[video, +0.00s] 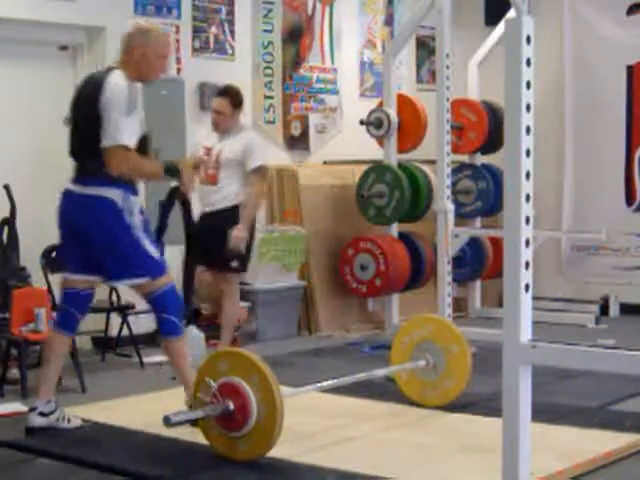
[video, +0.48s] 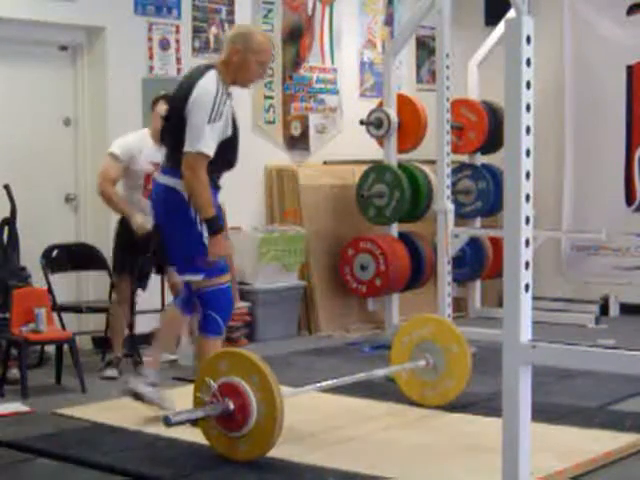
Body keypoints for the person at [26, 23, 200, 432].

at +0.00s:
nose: (166, 66)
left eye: (167, 58)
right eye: (161, 57)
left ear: (131, 53)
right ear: (137, 53)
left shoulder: (93, 82)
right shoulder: (123, 86)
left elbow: (86, 153)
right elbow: (118, 160)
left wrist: (143, 166)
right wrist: (165, 170)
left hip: (76, 202)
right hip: (108, 206)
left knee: (73, 305)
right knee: (167, 299)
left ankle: (44, 405)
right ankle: (195, 394)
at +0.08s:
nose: (173, 68)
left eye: (174, 59)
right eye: (169, 59)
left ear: (138, 54)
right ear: (145, 54)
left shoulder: (102, 83)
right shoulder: (129, 86)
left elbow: (97, 156)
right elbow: (123, 164)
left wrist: (155, 172)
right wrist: (160, 180)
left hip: (83, 204)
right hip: (111, 207)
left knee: (77, 308)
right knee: (173, 298)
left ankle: (45, 404)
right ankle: (199, 395)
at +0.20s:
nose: (194, 74)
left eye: (197, 66)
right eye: (191, 65)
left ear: (166, 57)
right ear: (167, 57)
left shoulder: (132, 85)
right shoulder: (152, 93)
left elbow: (126, 155)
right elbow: (142, 167)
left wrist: (176, 174)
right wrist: (184, 213)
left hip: (107, 205)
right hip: (133, 208)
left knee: (97, 305)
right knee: (195, 296)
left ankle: (49, 398)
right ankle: (208, 394)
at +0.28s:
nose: (230, 72)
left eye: (232, 64)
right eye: (226, 63)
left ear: (198, 59)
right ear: (201, 57)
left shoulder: (163, 84)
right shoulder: (184, 96)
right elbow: (174, 172)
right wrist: (191, 237)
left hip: (139, 199)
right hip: (165, 204)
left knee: (139, 303)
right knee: (212, 303)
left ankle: (73, 381)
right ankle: (213, 399)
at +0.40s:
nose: (255, 73)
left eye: (258, 66)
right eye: (252, 65)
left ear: (224, 57)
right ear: (226, 56)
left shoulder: (197, 81)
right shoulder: (203, 91)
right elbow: (189, 169)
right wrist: (204, 233)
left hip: (165, 189)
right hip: (180, 195)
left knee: (180, 291)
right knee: (219, 298)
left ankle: (121, 369)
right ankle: (210, 393)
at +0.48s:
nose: (263, 74)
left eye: (266, 67)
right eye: (260, 66)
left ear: (237, 57)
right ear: (235, 56)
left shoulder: (208, 78)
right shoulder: (211, 89)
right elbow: (193, 167)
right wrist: (215, 229)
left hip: (177, 190)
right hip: (185, 196)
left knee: (189, 292)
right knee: (218, 297)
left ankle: (147, 375)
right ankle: (213, 394)